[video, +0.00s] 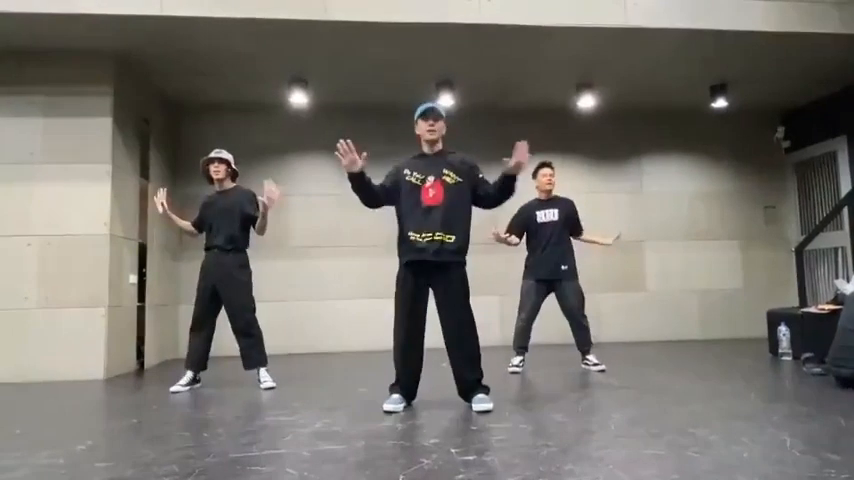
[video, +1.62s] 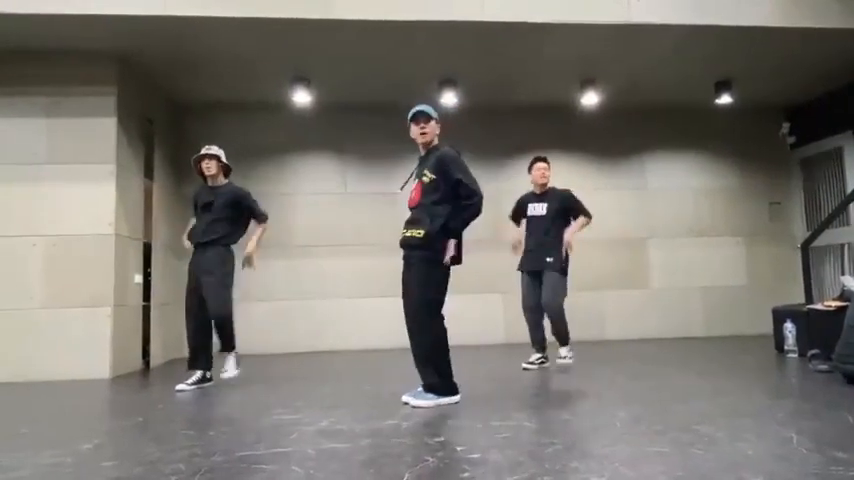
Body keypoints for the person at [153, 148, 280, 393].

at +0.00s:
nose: (215, 167)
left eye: (220, 163)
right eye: (212, 164)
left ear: (230, 168)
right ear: (208, 170)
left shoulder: (245, 195)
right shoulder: (209, 201)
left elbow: (260, 230)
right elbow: (194, 229)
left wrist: (266, 209)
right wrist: (167, 213)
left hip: (236, 263)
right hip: (211, 263)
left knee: (245, 318)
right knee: (202, 318)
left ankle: (261, 370)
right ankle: (192, 372)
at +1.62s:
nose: (206, 164)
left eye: (211, 160)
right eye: (203, 161)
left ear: (221, 164)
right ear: (200, 167)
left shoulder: (235, 192)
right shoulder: (200, 194)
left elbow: (262, 218)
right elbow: (198, 218)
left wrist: (251, 245)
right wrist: (188, 233)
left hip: (220, 255)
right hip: (199, 255)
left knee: (219, 310)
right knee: (195, 314)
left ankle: (230, 353)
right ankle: (202, 370)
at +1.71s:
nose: (204, 165)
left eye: (208, 161)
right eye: (201, 162)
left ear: (220, 165)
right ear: (199, 168)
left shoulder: (235, 194)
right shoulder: (204, 196)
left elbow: (251, 228)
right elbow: (208, 228)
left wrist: (240, 258)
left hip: (218, 255)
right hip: (198, 255)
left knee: (208, 314)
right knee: (193, 315)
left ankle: (220, 370)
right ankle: (201, 369)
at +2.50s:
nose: (207, 163)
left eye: (212, 159)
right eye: (205, 160)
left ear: (223, 161)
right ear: (203, 165)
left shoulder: (238, 190)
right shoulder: (205, 192)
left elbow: (242, 229)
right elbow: (198, 227)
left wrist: (233, 262)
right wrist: (185, 253)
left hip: (225, 254)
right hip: (206, 254)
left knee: (224, 311)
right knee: (204, 310)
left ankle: (229, 368)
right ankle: (210, 364)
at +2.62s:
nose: (209, 164)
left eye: (213, 159)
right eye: (206, 160)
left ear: (225, 162)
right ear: (204, 165)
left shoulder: (239, 191)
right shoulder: (205, 192)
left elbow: (239, 231)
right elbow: (200, 224)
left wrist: (215, 257)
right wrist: (196, 248)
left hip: (230, 254)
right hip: (208, 253)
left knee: (230, 312)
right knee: (192, 305)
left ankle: (233, 367)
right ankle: (225, 338)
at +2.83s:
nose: (205, 159)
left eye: (210, 155)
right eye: (203, 156)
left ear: (222, 158)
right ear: (201, 161)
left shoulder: (236, 187)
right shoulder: (205, 189)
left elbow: (243, 223)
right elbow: (205, 225)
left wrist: (232, 241)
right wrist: (192, 244)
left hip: (226, 254)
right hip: (204, 253)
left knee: (228, 313)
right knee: (177, 297)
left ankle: (236, 366)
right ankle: (215, 322)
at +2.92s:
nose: (203, 160)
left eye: (208, 156)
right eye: (201, 157)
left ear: (220, 159)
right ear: (201, 162)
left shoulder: (234, 187)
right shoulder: (205, 191)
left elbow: (247, 221)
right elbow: (202, 230)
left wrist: (248, 245)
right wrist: (181, 252)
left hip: (225, 252)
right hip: (202, 252)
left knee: (226, 309)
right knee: (190, 307)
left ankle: (234, 365)